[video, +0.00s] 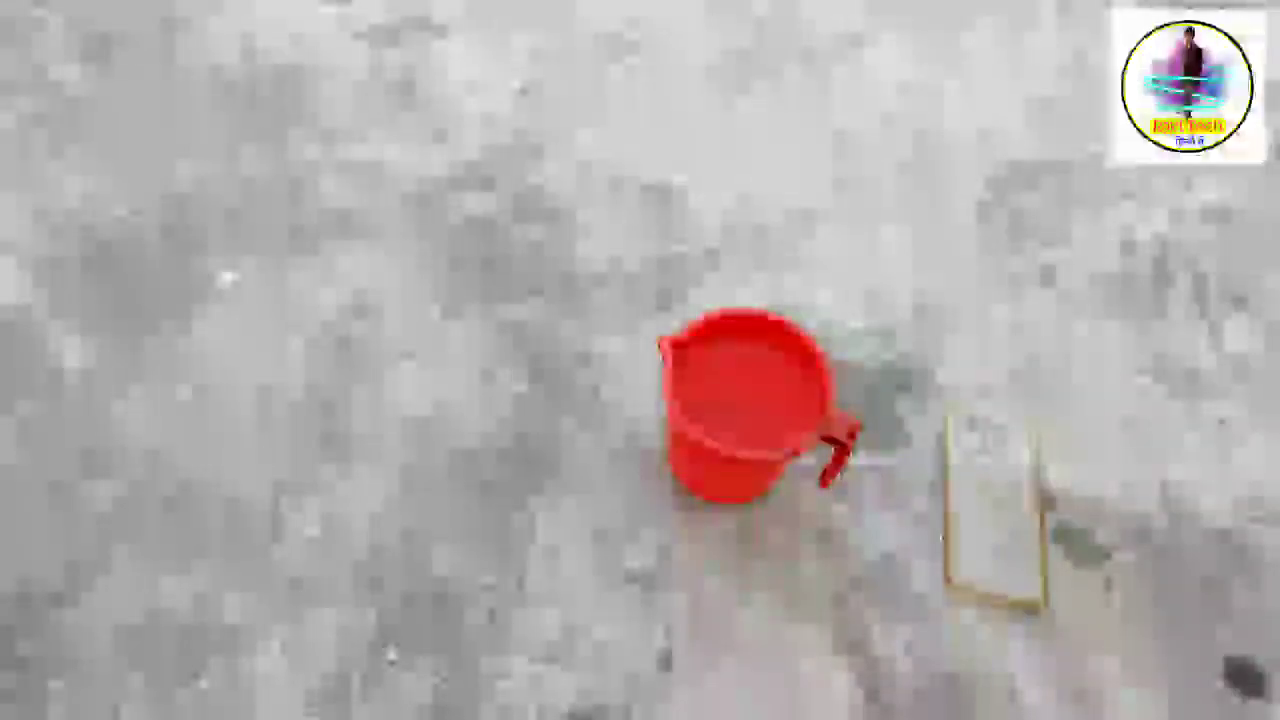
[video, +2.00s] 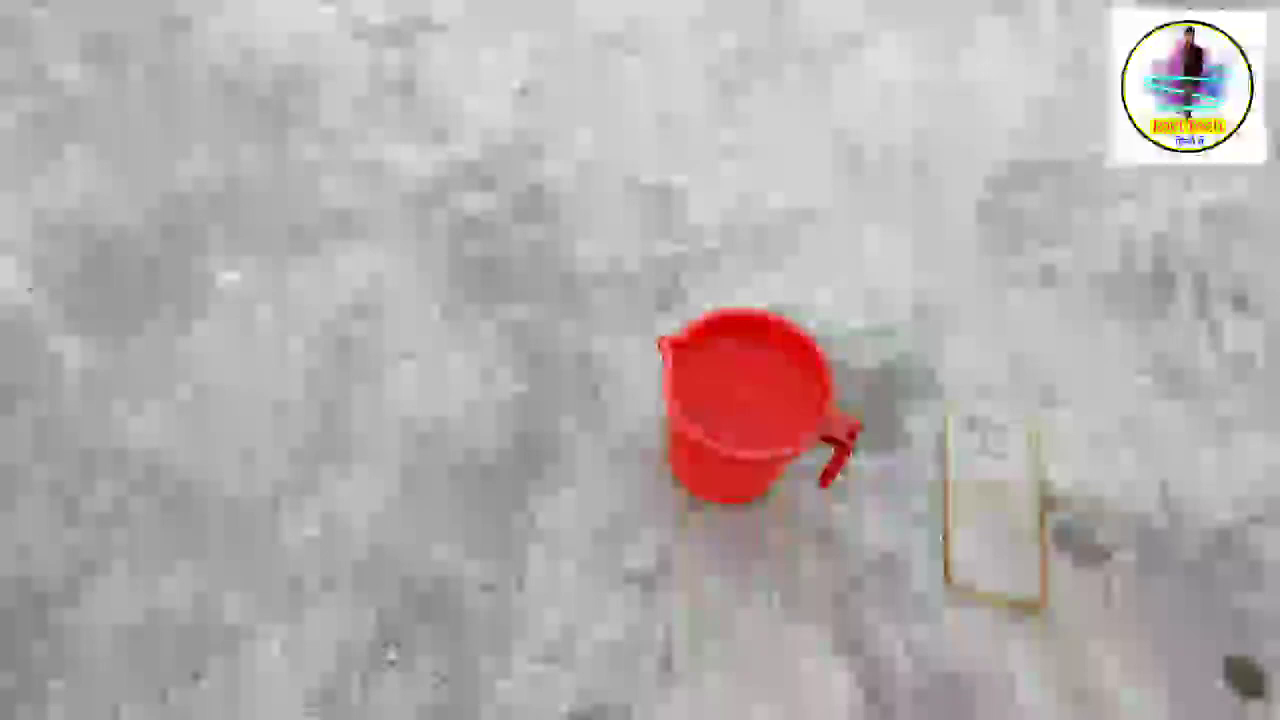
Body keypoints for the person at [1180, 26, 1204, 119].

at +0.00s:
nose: (1187, 38)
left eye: (1189, 36)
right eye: (1186, 36)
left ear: (1193, 36)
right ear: (1184, 36)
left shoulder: (1197, 50)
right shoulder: (1181, 49)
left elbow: (1199, 64)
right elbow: (1176, 61)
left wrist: (1197, 75)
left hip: (1193, 75)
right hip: (1183, 74)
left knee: (1190, 93)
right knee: (1185, 93)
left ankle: (1188, 111)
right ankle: (1186, 111)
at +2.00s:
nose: (1188, 38)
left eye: (1190, 35)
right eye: (1187, 35)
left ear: (1193, 36)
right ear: (1184, 36)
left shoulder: (1198, 50)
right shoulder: (1182, 49)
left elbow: (1199, 64)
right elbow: (1179, 62)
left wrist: (1198, 74)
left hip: (1194, 74)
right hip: (1184, 74)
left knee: (1191, 92)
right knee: (1186, 92)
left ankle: (1189, 111)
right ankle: (1186, 111)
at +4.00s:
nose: (1188, 38)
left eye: (1190, 36)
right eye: (1187, 35)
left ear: (1193, 36)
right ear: (1184, 36)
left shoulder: (1197, 50)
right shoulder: (1182, 49)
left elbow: (1199, 64)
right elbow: (1176, 61)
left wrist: (1197, 74)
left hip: (1193, 74)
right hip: (1183, 74)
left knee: (1190, 93)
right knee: (1185, 93)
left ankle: (1188, 112)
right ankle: (1186, 112)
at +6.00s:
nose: (1188, 38)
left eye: (1191, 35)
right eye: (1187, 35)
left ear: (1194, 36)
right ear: (1184, 36)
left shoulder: (1198, 50)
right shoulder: (1182, 48)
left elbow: (1199, 66)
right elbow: (1181, 61)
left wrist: (1195, 79)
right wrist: (1179, 71)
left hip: (1192, 76)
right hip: (1182, 74)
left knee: (1188, 94)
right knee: (1185, 94)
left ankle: (1188, 114)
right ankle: (1185, 113)